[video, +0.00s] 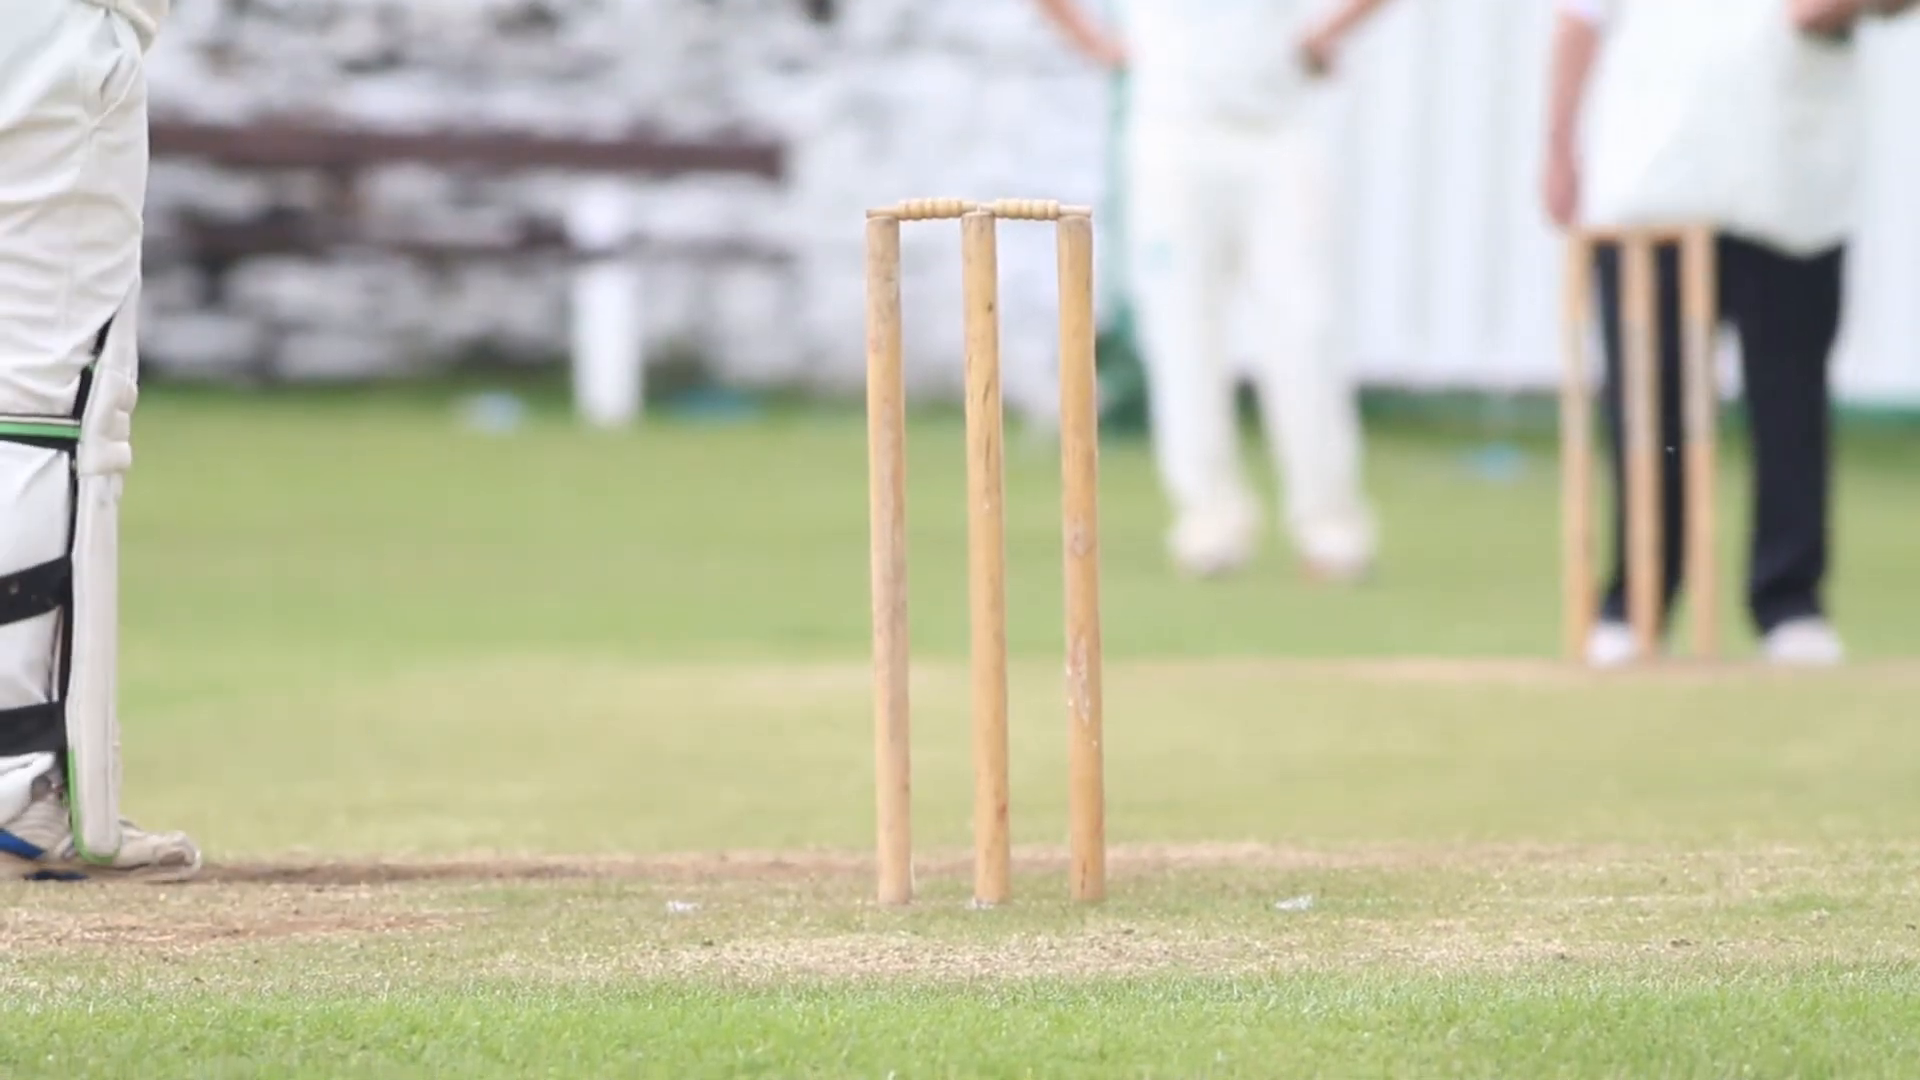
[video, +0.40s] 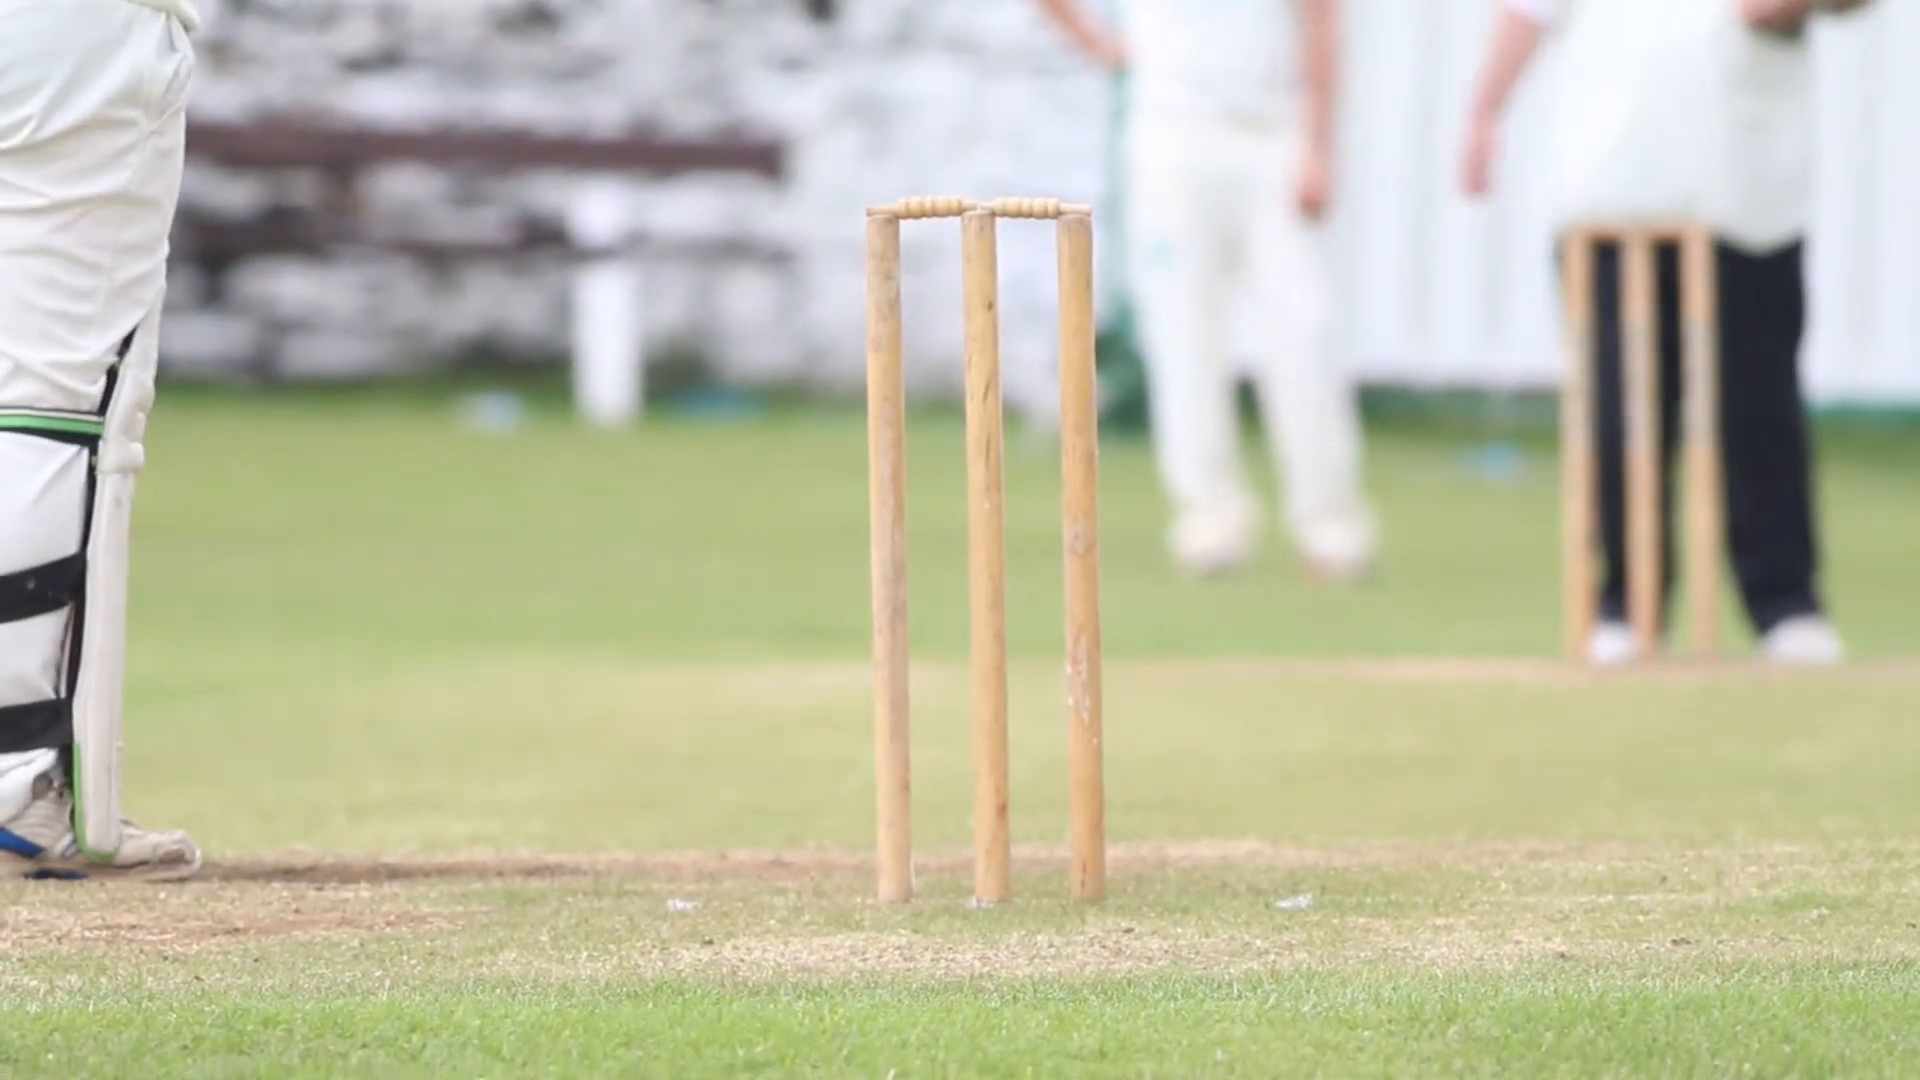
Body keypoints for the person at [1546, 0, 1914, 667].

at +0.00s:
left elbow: (1900, 3)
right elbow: (1582, 15)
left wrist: (1852, 9)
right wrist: (1561, 151)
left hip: (1798, 180)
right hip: (1649, 170)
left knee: (1790, 414)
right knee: (1645, 412)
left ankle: (1792, 610)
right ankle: (1631, 610)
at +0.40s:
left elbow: (1856, 5)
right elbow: (1531, 8)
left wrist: (1800, 10)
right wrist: (1482, 115)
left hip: (1750, 179)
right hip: (1612, 175)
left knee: (1761, 412)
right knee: (1622, 413)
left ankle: (1789, 611)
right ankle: (1620, 612)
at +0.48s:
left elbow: (1847, 3)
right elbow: (1508, 7)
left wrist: (1791, 9)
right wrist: (1443, 94)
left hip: (1745, 183)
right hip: (1605, 179)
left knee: (1759, 408)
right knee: (1620, 412)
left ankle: (1788, 609)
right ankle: (1621, 613)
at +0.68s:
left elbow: (1828, 5)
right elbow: (1443, 5)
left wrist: (1776, 11)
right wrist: (1356, 31)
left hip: (1733, 176)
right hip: (1594, 176)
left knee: (1756, 407)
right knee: (1615, 415)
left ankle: (1788, 610)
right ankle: (1621, 614)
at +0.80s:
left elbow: (1831, 2)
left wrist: (1769, 8)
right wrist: (1330, 9)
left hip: (1727, 172)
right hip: (1587, 170)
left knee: (1754, 404)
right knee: (1610, 416)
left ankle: (1788, 608)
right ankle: (1618, 613)